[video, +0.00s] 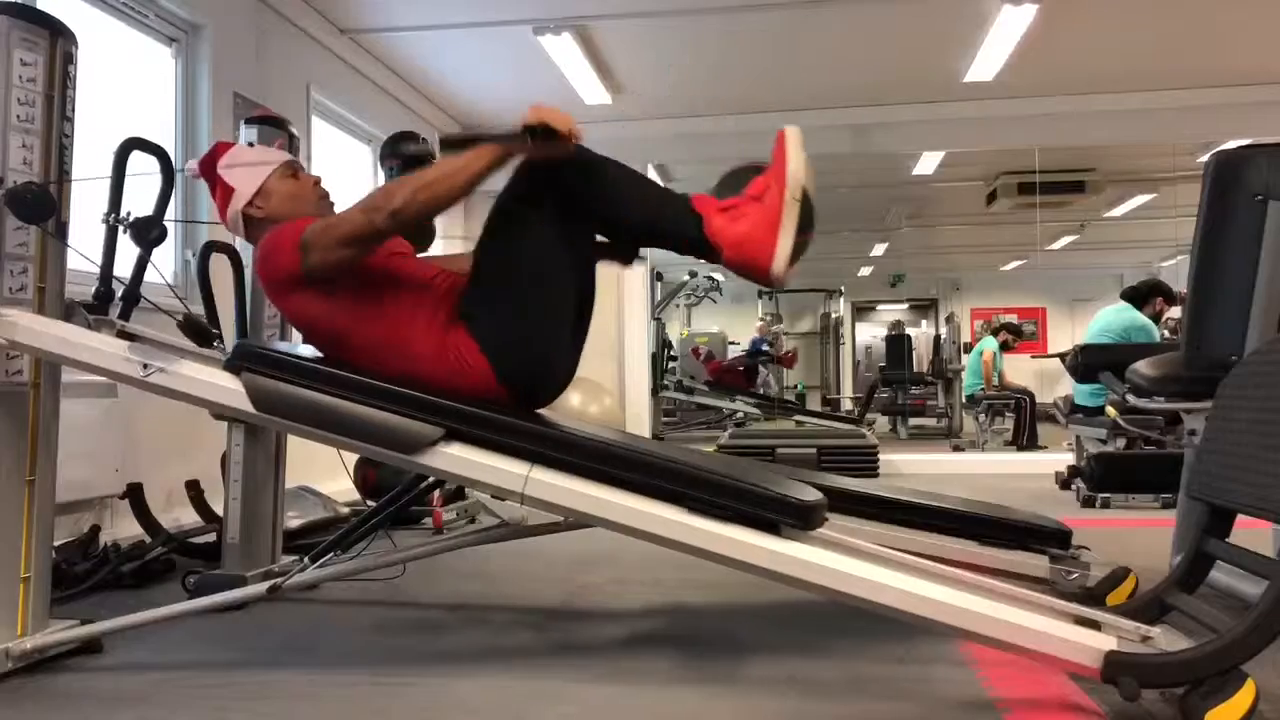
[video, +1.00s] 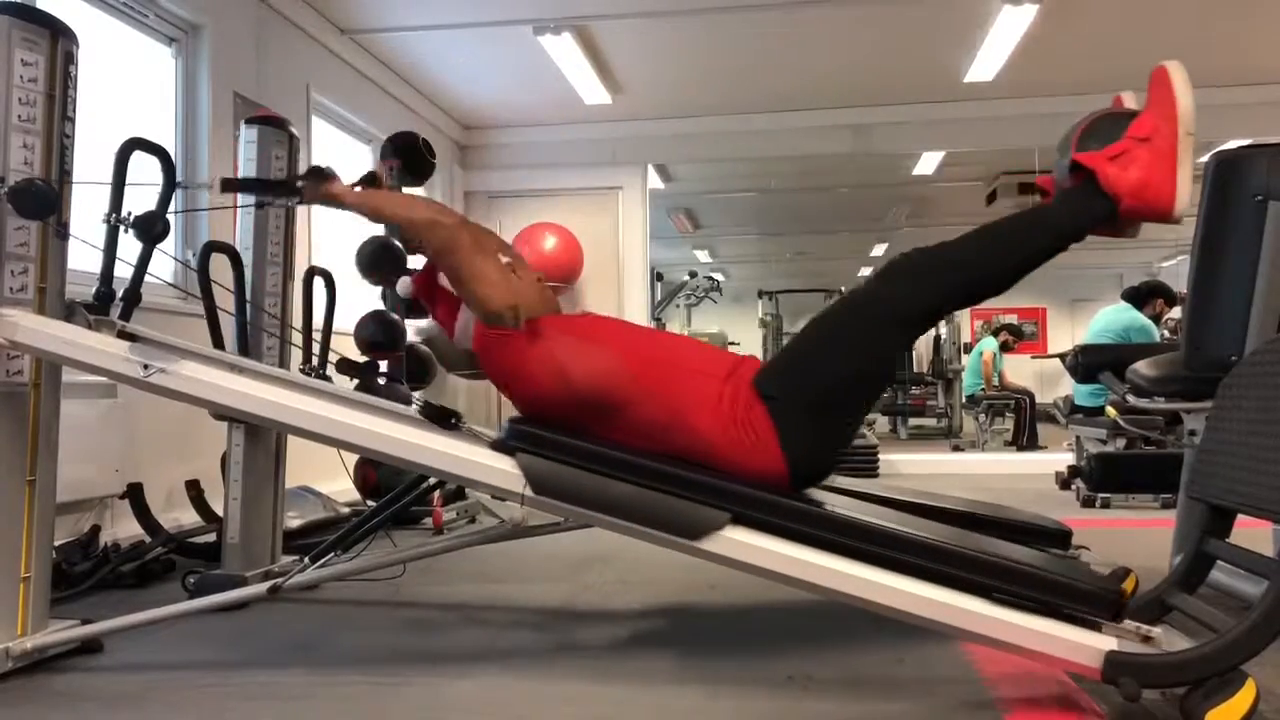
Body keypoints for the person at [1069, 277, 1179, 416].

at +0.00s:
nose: (1164, 315)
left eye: (1167, 310)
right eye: (1166, 309)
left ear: (1140, 298)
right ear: (1159, 303)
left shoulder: (1106, 312)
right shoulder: (1143, 325)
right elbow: (1156, 370)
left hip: (1081, 397)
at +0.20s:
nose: (1165, 315)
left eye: (1168, 311)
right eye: (1166, 310)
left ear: (1141, 299)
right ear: (1159, 303)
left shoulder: (1107, 312)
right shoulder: (1143, 325)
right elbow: (1156, 369)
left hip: (1081, 396)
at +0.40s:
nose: (1164, 316)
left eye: (1168, 311)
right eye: (1167, 310)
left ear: (1141, 299)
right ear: (1159, 304)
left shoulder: (1107, 312)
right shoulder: (1143, 325)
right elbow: (1157, 369)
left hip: (1081, 396)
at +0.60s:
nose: (1165, 316)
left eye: (1168, 312)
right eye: (1167, 311)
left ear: (1141, 299)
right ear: (1159, 304)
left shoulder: (1106, 312)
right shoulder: (1142, 325)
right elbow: (1156, 369)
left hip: (1081, 397)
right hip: (1102, 401)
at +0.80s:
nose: (1164, 317)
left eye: (1167, 313)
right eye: (1166, 311)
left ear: (1141, 299)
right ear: (1159, 304)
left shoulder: (1107, 312)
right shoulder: (1142, 324)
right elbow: (1156, 368)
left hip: (1081, 396)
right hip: (1102, 400)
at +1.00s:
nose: (1164, 317)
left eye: (1167, 313)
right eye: (1166, 312)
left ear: (1141, 299)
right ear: (1159, 304)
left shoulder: (1107, 312)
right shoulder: (1142, 325)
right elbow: (1156, 369)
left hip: (1081, 396)